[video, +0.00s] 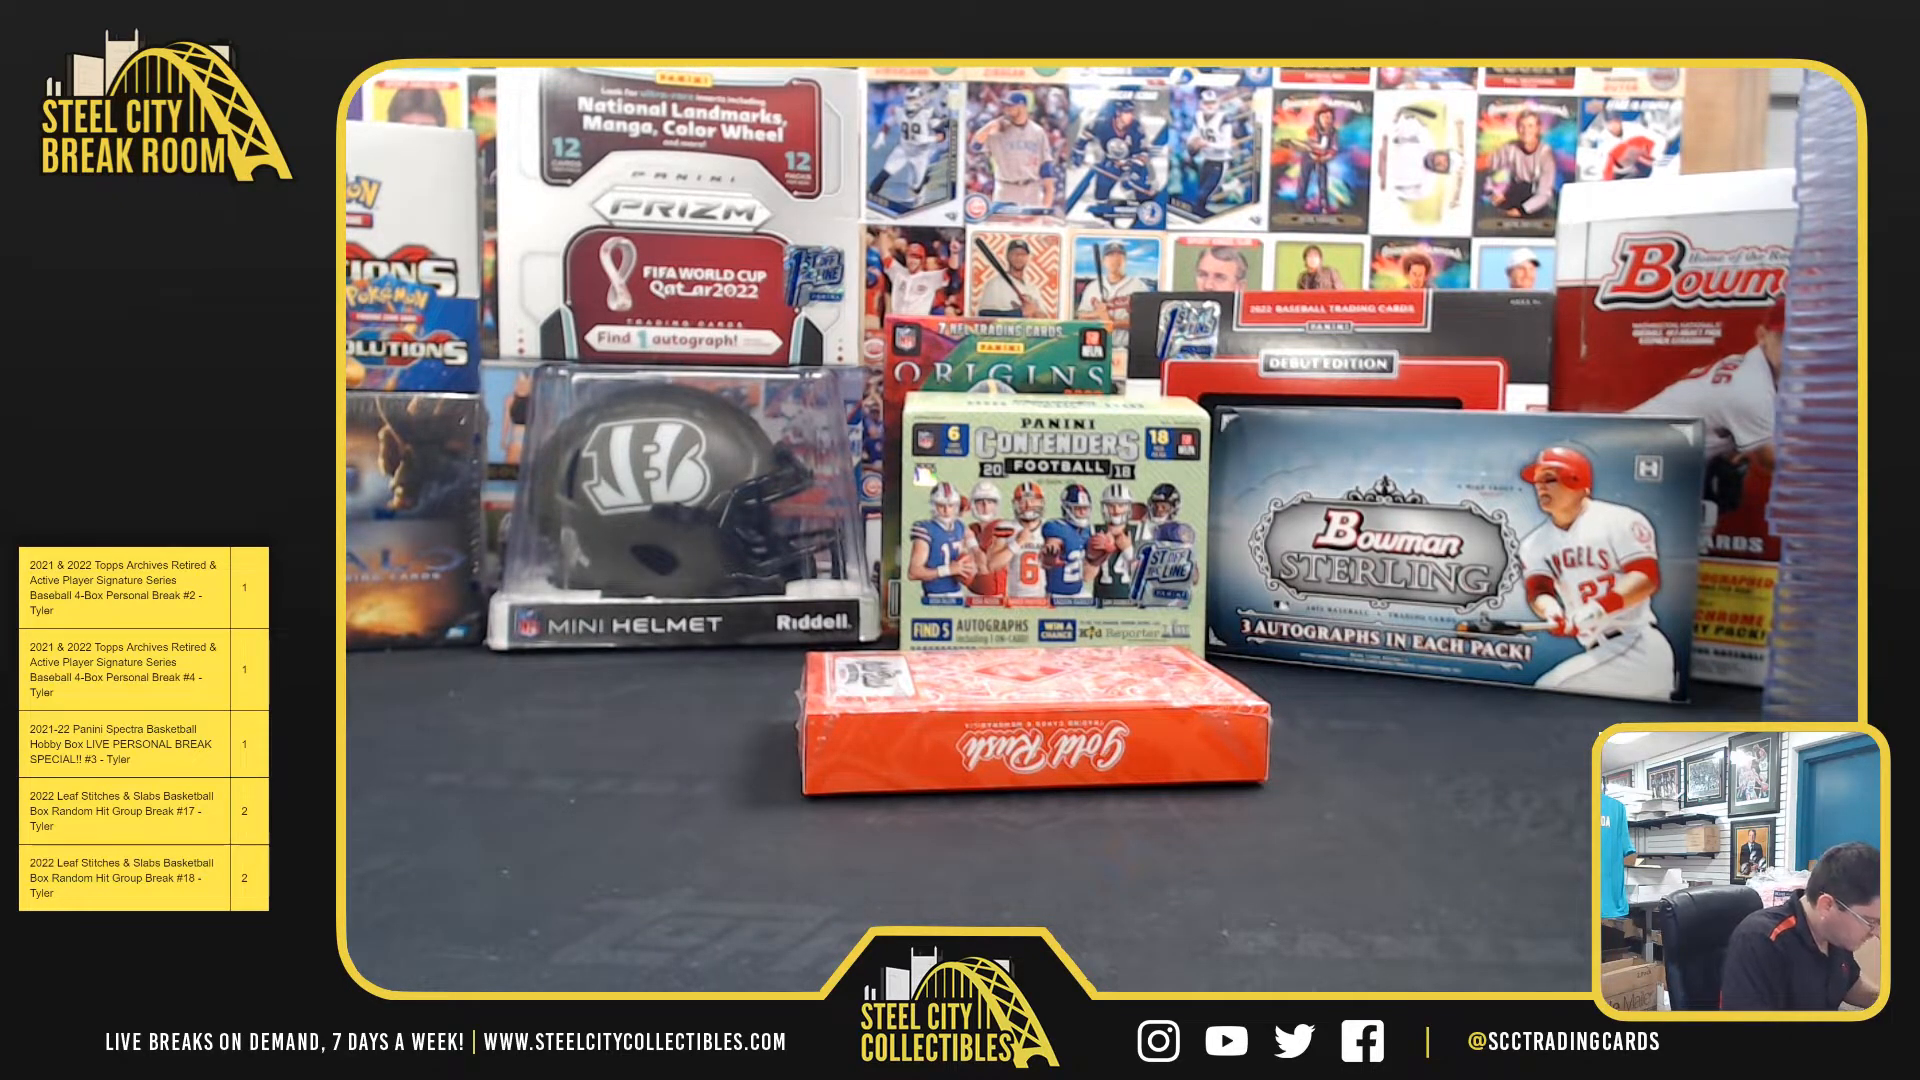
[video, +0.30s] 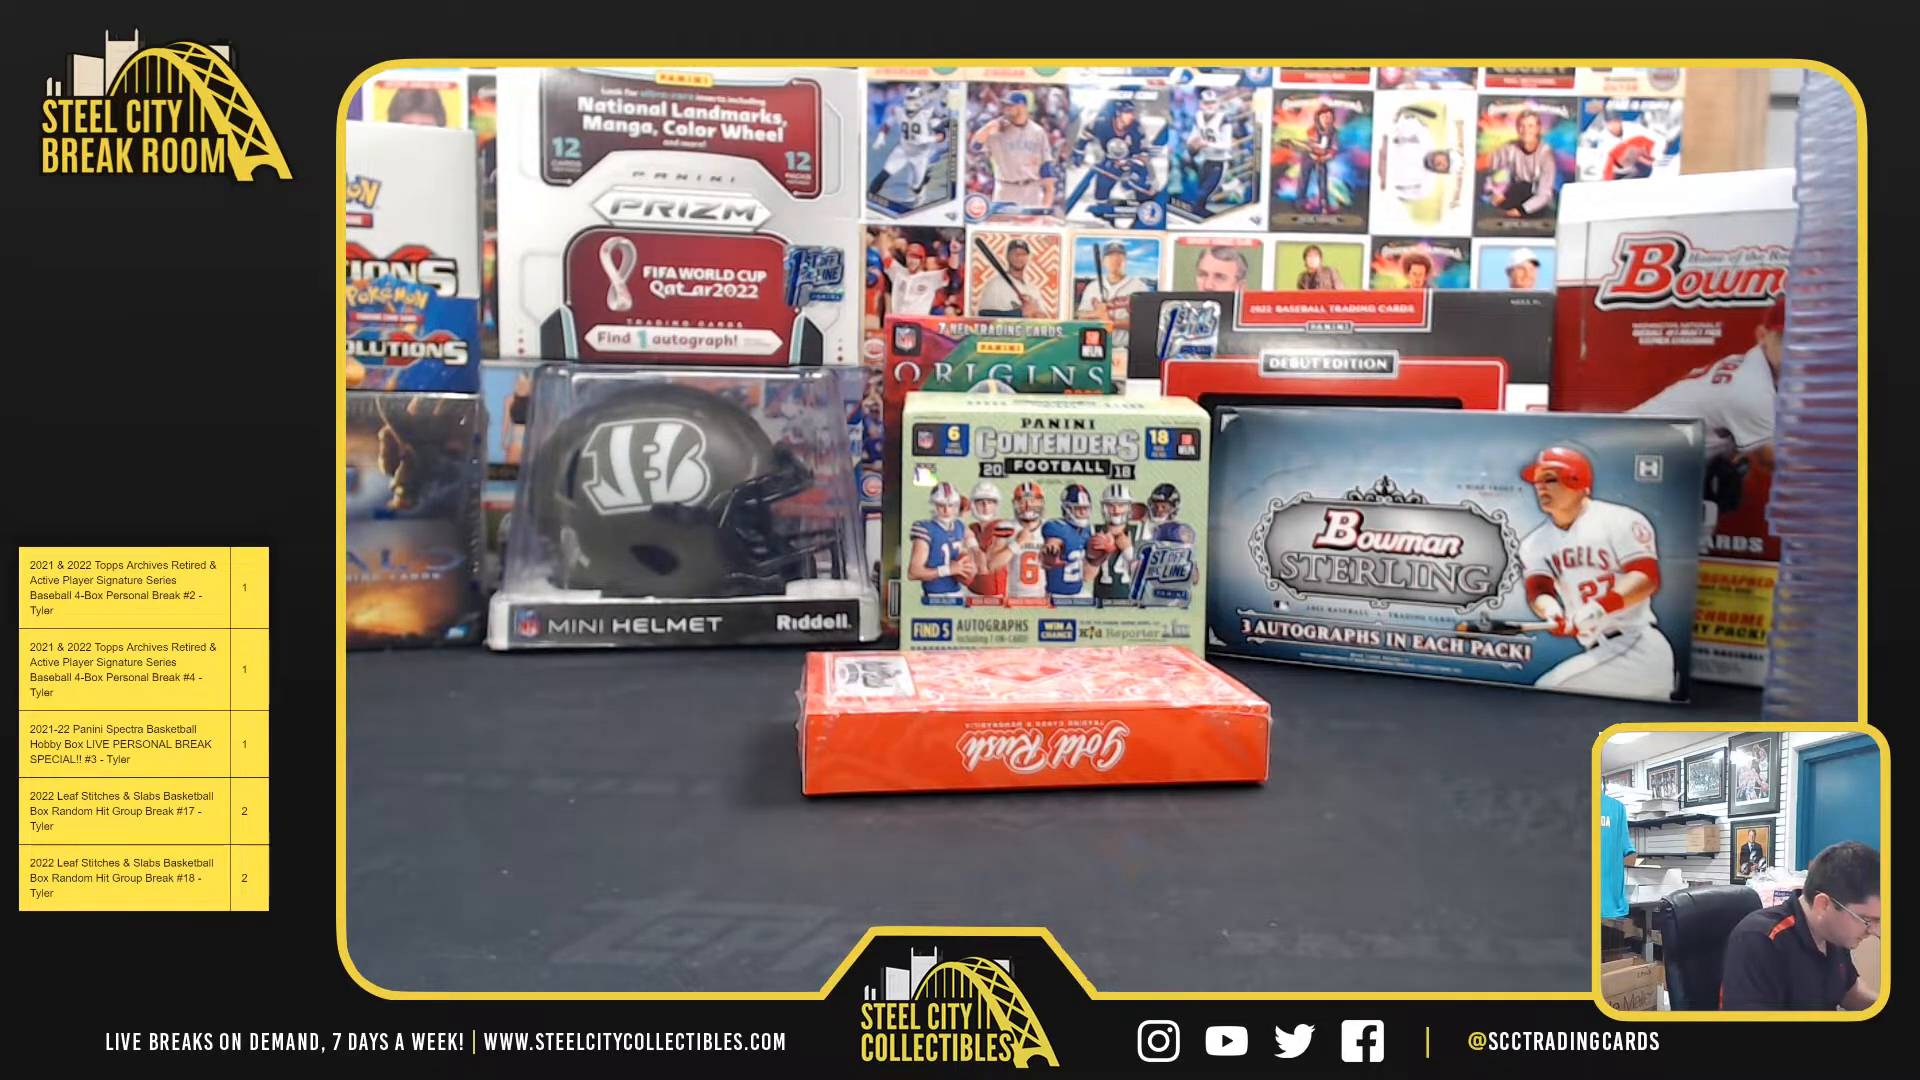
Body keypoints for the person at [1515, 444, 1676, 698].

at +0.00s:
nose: (1540, 489)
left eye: (1549, 480)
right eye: (1537, 483)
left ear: (1578, 484)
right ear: (1533, 487)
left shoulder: (1624, 521)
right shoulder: (1534, 545)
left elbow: (1646, 577)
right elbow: (1538, 591)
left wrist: (1599, 608)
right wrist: (1553, 613)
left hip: (1638, 647)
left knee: (1547, 692)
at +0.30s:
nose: (1540, 490)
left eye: (1550, 481)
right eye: (1537, 483)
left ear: (1578, 484)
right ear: (1533, 488)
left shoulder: (1624, 521)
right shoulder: (1534, 545)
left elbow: (1646, 577)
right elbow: (1538, 591)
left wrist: (1598, 608)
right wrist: (1554, 614)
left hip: (1638, 647)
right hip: (1598, 651)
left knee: (1546, 692)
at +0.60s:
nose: (1540, 490)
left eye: (1550, 481)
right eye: (1537, 483)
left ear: (1578, 484)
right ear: (1533, 488)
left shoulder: (1623, 521)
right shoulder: (1534, 545)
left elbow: (1646, 577)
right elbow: (1538, 591)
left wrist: (1599, 608)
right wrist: (1554, 614)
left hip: (1637, 648)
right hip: (1598, 651)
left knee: (1546, 693)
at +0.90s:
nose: (1540, 490)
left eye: (1550, 481)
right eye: (1537, 484)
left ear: (1578, 484)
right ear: (1533, 488)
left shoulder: (1624, 521)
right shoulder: (1534, 545)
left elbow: (1646, 577)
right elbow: (1538, 592)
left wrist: (1598, 608)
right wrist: (1554, 614)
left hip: (1638, 647)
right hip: (1598, 651)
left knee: (1546, 693)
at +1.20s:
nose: (1540, 490)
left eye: (1550, 481)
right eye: (1537, 484)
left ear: (1578, 484)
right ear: (1533, 488)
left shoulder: (1624, 521)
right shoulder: (1534, 545)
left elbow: (1646, 577)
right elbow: (1538, 591)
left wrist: (1598, 608)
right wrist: (1554, 614)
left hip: (1638, 647)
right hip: (1598, 651)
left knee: (1546, 692)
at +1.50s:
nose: (1540, 490)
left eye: (1549, 480)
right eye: (1537, 483)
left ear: (1578, 484)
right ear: (1533, 488)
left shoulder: (1624, 521)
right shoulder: (1534, 545)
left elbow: (1646, 577)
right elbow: (1538, 591)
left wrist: (1599, 608)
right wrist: (1553, 613)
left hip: (1638, 649)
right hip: (1599, 652)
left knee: (1546, 692)